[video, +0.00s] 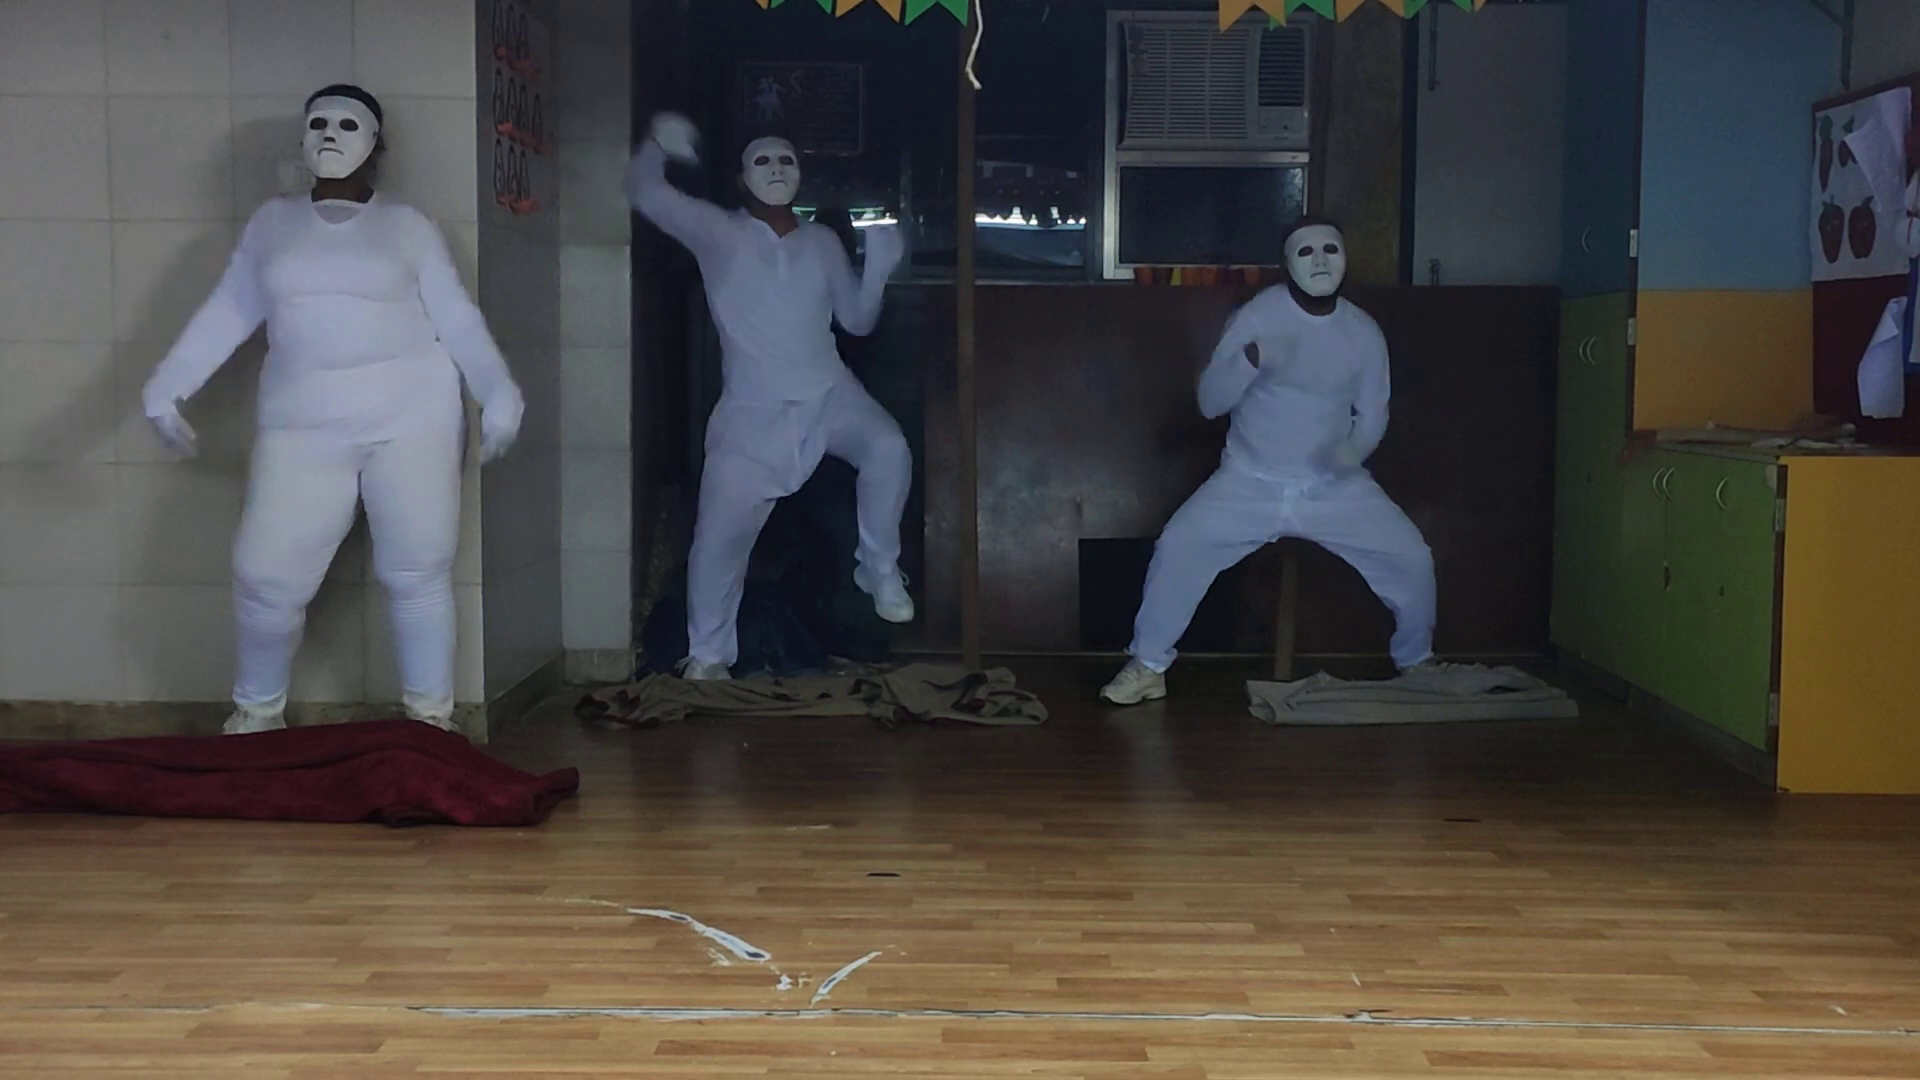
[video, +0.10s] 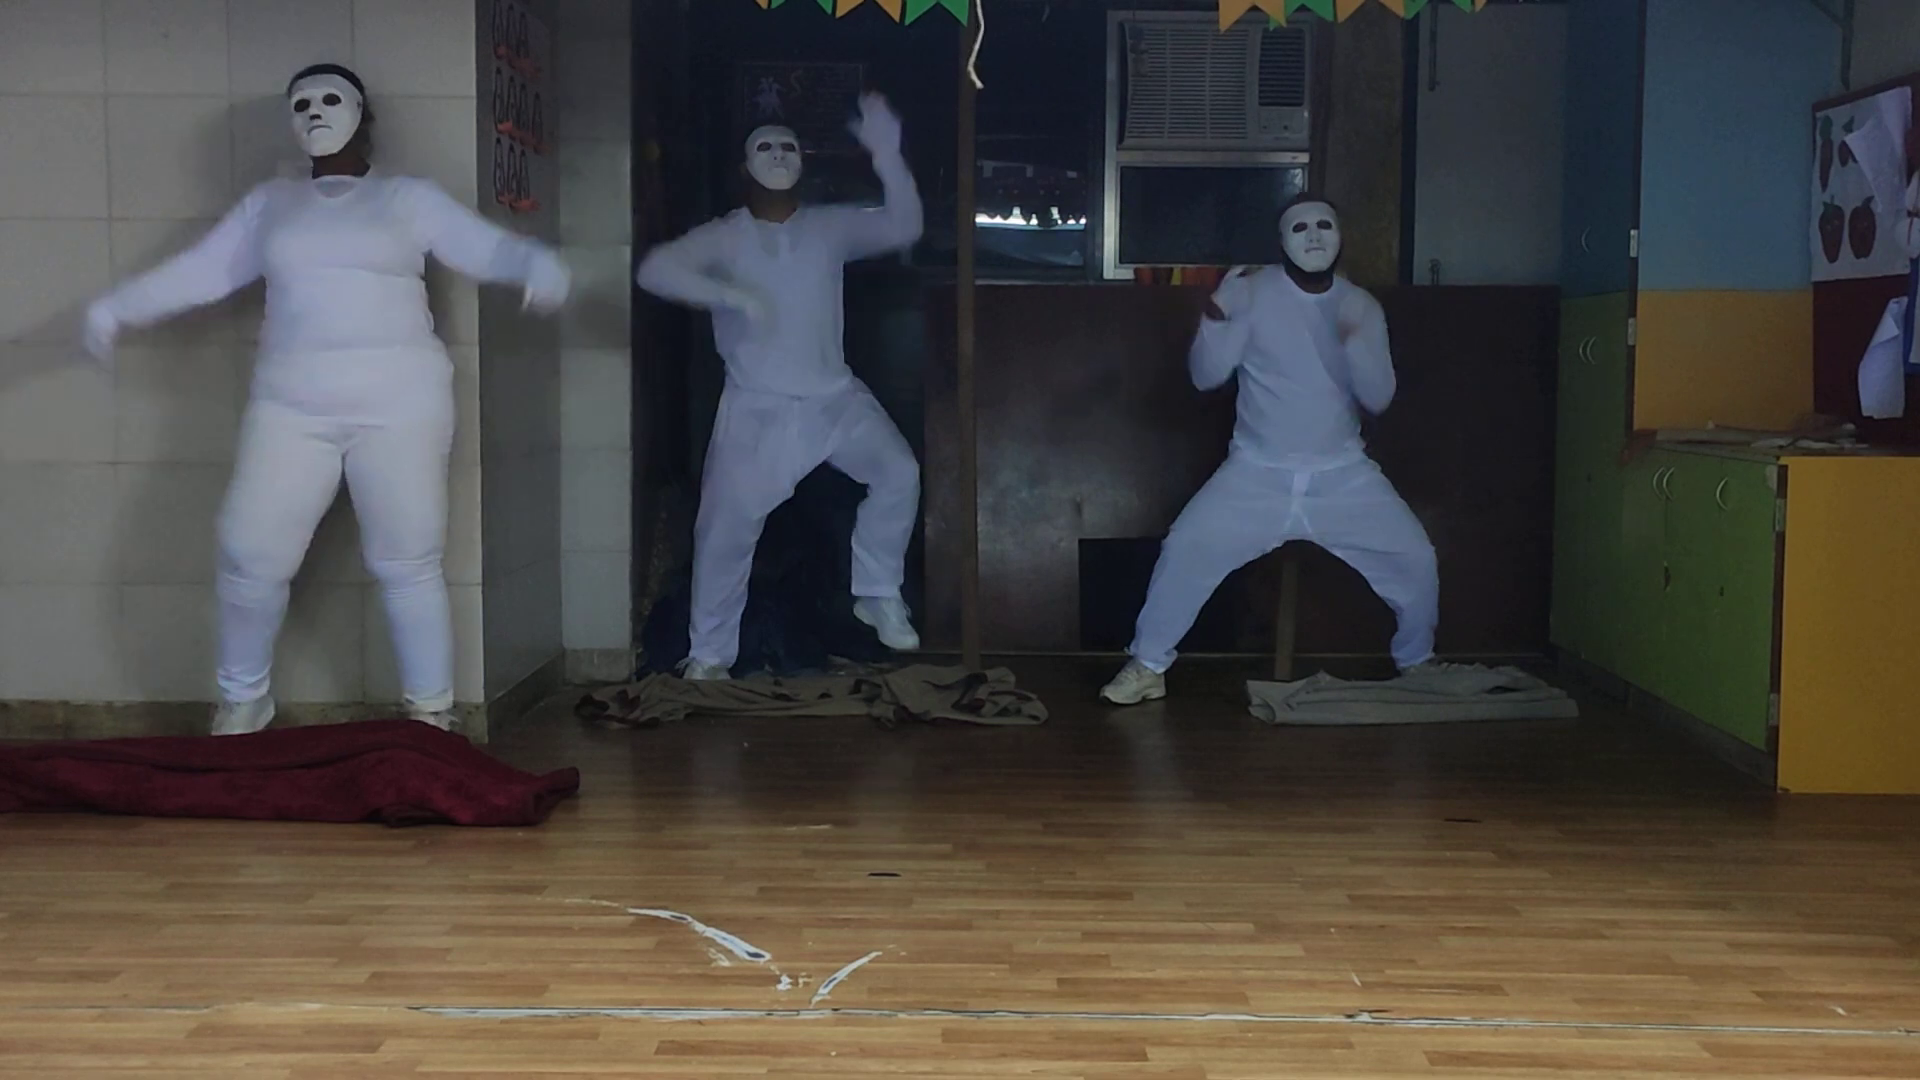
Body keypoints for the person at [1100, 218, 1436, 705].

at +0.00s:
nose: (1319, 261)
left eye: (1330, 251)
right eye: (1306, 252)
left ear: (1345, 260)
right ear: (1288, 263)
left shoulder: (1364, 333)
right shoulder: (1257, 316)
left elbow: (1373, 414)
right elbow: (1210, 402)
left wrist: (1349, 454)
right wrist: (1248, 362)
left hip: (1335, 486)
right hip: (1247, 482)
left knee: (1412, 559)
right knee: (1178, 546)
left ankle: (1415, 661)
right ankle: (1147, 665)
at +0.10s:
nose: (1313, 236)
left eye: (1324, 226)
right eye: (1299, 228)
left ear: (1340, 237)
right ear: (1281, 240)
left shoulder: (1361, 307)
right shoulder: (1248, 293)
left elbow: (1379, 397)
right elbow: (1206, 377)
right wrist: (1219, 312)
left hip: (1344, 475)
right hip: (1255, 474)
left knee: (1416, 558)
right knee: (1185, 548)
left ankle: (1415, 661)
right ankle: (1148, 665)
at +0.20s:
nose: (1295, 191)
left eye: (1306, 181)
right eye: (1283, 182)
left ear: (1324, 190)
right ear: (1266, 193)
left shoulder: (1351, 248)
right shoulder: (1241, 252)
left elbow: (1420, 273)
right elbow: (1172, 310)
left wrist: (1376, 207)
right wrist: (1214, 297)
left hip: (1344, 436)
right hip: (1262, 437)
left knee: (1403, 548)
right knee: (1204, 544)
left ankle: (1414, 663)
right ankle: (1146, 660)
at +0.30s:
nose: (1270, 154)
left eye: (1282, 143)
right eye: (1258, 144)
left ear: (1301, 149)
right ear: (1241, 153)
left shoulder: (1334, 181)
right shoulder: (1224, 225)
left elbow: (1400, 141)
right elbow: (1190, 290)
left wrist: (1458, 115)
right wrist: (1218, 306)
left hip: (1336, 384)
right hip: (1260, 392)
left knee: (1366, 518)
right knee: (1218, 514)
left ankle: (1384, 645)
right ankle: (1193, 641)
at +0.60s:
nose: (1253, 168)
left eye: (1264, 156)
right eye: (1241, 158)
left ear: (1284, 163)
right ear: (1224, 168)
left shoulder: (1314, 203)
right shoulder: (1211, 235)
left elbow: (1393, 182)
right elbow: (1143, 281)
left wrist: (1394, 154)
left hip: (1307, 396)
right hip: (1237, 403)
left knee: (1323, 524)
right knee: (1252, 530)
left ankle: (1326, 646)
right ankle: (1265, 658)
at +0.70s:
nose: (1273, 155)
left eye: (1284, 143)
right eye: (1259, 144)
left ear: (1300, 148)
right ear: (1242, 151)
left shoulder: (1321, 199)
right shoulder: (1211, 195)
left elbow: (1406, 193)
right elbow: (1135, 174)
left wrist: (1374, 209)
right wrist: (1146, 135)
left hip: (1300, 386)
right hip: (1228, 388)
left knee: (1319, 510)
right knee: (1243, 522)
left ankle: (1328, 622)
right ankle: (1256, 649)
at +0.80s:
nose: (1279, 158)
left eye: (1290, 147)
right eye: (1266, 148)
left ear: (1306, 153)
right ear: (1248, 152)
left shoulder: (1324, 213)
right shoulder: (1219, 181)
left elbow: (1391, 272)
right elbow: (1156, 124)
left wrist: (1365, 256)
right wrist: (1105, 70)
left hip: (1286, 383)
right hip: (1218, 379)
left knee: (1304, 512)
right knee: (1229, 517)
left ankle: (1330, 638)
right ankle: (1251, 649)